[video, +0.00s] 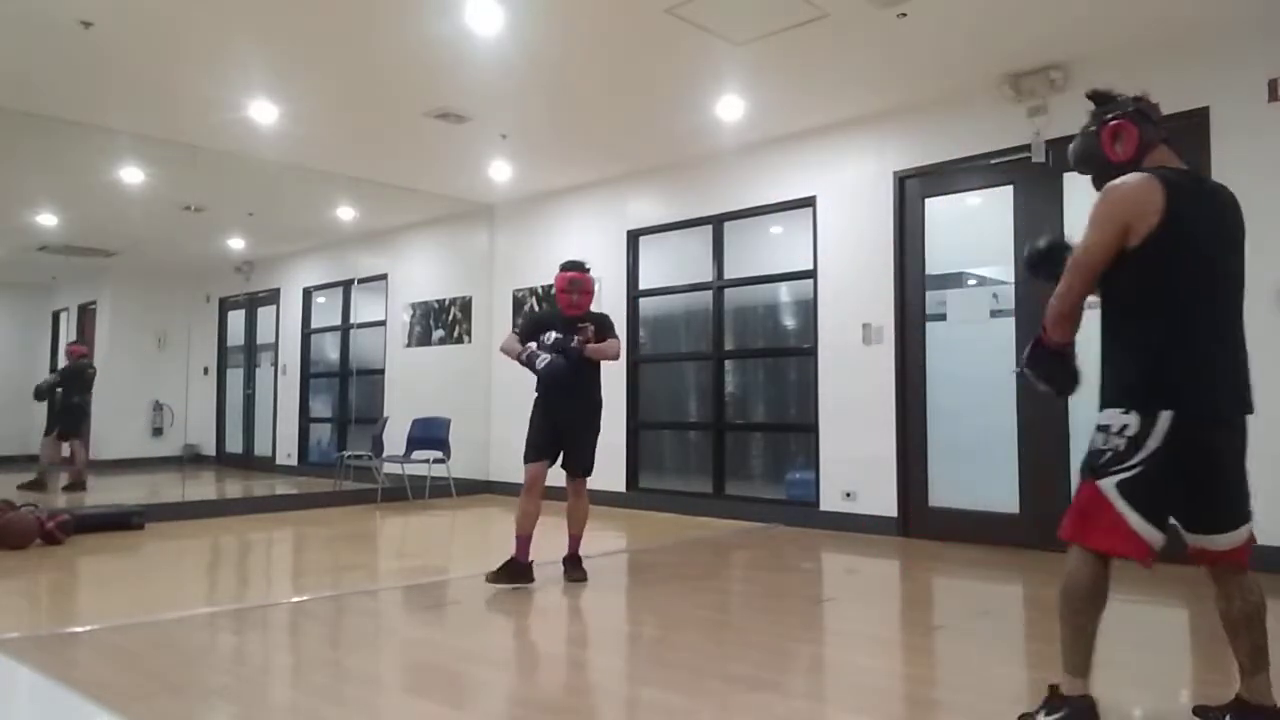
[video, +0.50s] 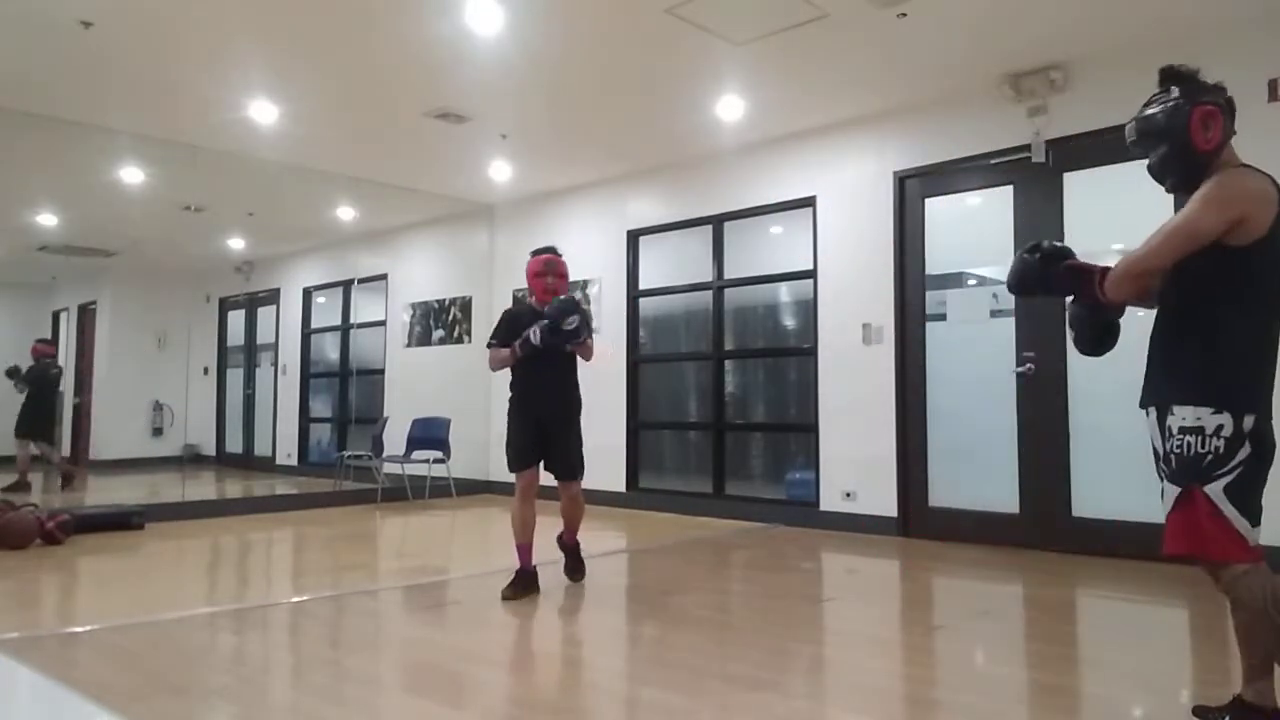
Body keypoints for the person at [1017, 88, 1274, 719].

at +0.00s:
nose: (1098, 176)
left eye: (1098, 163)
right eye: (1095, 166)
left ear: (1121, 137)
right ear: (1155, 136)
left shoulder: (1127, 195)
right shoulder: (1222, 201)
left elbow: (1066, 299)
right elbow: (1168, 281)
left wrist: (1054, 352)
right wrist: (1076, 265)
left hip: (1146, 403)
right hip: (1221, 404)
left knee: (1087, 542)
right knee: (1229, 557)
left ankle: (1073, 695)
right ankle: (1258, 699)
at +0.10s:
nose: (1114, 174)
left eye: (1114, 158)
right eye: (1109, 163)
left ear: (1145, 134)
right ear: (1169, 135)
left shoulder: (1157, 189)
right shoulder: (1224, 194)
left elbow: (1086, 294)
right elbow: (1177, 280)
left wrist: (1077, 340)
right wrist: (1106, 245)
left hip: (1172, 400)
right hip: (1236, 399)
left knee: (1127, 543)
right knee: (1242, 552)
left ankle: (1128, 697)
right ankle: (1261, 697)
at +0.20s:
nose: (1127, 167)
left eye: (1128, 150)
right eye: (1121, 155)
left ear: (1161, 133)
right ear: (1187, 134)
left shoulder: (1181, 188)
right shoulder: (1230, 190)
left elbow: (1094, 281)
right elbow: (1184, 277)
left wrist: (1089, 319)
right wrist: (1114, 275)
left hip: (1185, 404)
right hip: (1241, 402)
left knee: (1178, 555)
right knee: (1247, 552)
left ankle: (1205, 705)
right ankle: (1264, 697)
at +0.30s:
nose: (1138, 164)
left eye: (1143, 145)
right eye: (1132, 151)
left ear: (1182, 126)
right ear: (1188, 130)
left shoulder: (1204, 185)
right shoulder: (1228, 190)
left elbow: (1106, 266)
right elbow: (1189, 283)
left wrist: (1101, 306)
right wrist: (1113, 280)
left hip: (1209, 407)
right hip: (1221, 404)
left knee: (1219, 556)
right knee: (1230, 552)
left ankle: (1264, 699)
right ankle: (1262, 693)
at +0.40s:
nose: (1146, 156)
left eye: (1152, 138)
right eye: (1142, 142)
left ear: (1193, 126)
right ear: (1196, 130)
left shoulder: (1224, 186)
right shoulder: (1228, 193)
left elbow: (1123, 264)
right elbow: (1183, 292)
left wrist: (1103, 304)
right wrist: (1093, 279)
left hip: (1216, 405)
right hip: (1215, 403)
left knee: (1227, 553)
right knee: (1229, 552)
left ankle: (1261, 696)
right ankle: (1262, 691)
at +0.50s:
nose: (1153, 153)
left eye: (1163, 134)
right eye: (1150, 139)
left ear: (1208, 126)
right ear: (1205, 132)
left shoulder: (1236, 189)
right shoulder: (1215, 197)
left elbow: (1135, 276)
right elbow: (1171, 285)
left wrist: (1101, 293)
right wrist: (1081, 275)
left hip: (1222, 404)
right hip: (1209, 402)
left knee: (1230, 554)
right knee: (1231, 553)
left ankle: (1262, 696)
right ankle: (1259, 693)